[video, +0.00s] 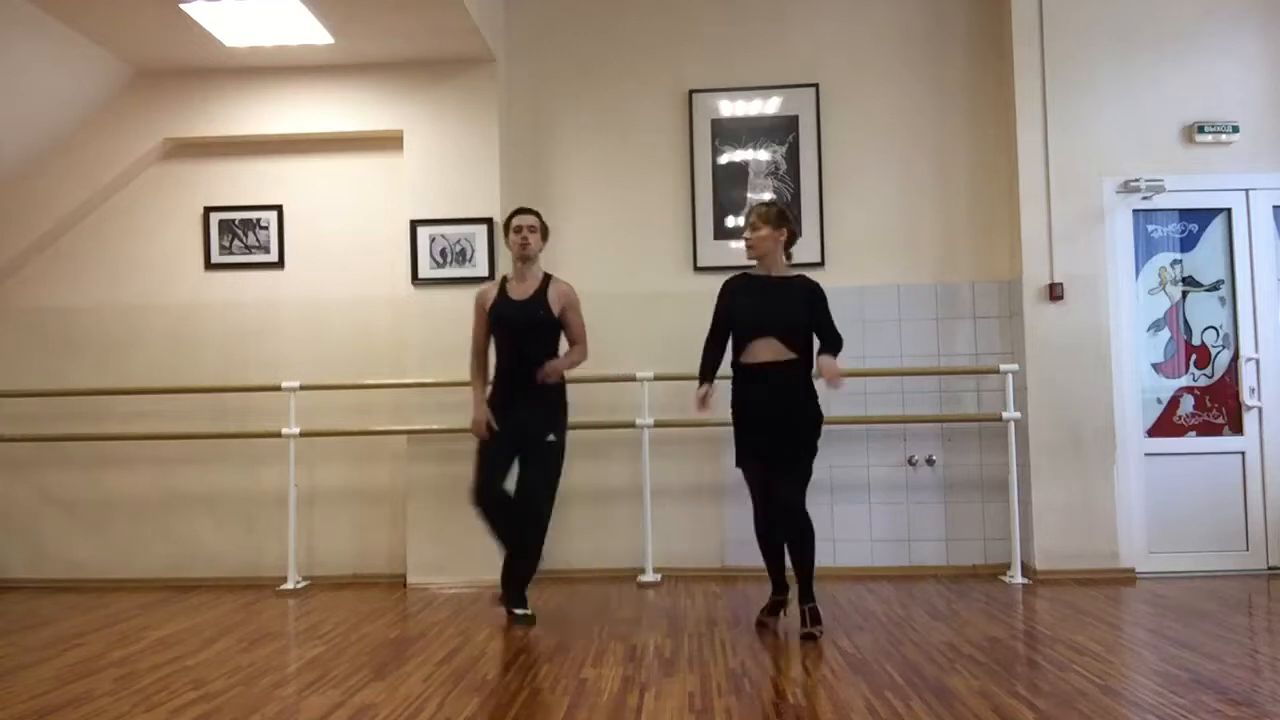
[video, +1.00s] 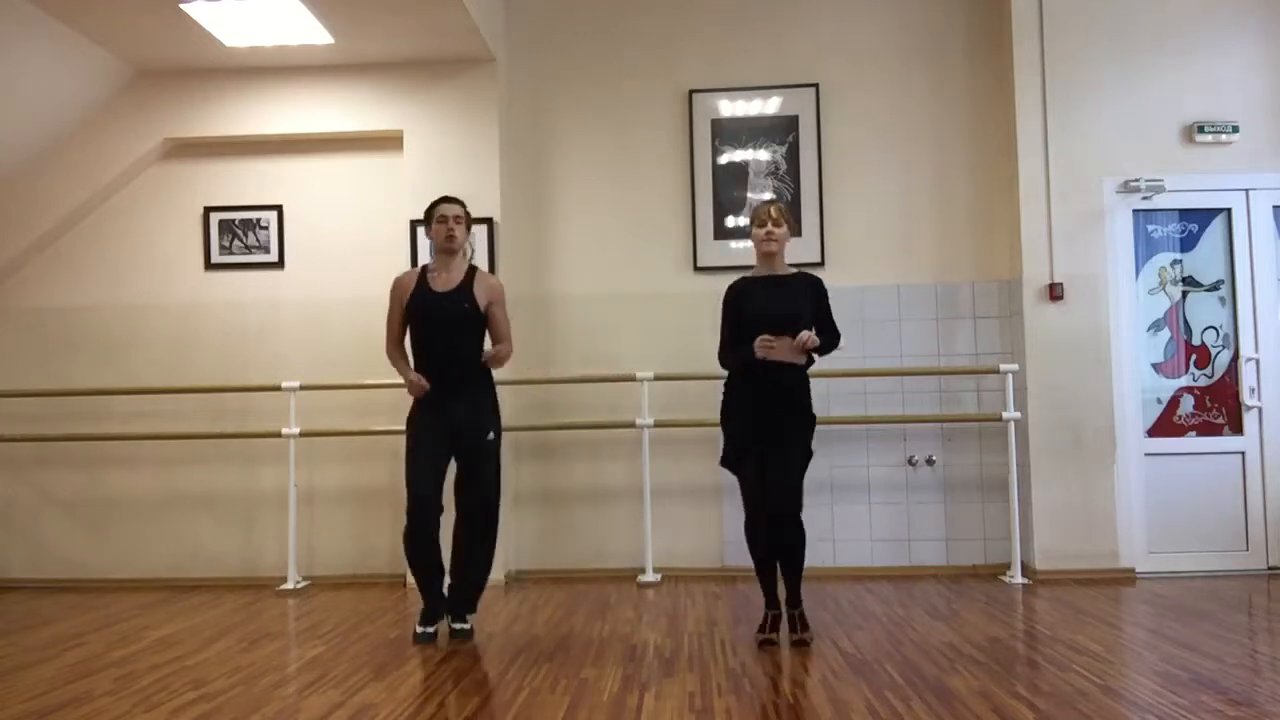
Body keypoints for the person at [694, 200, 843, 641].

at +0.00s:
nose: (747, 236)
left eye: (756, 229)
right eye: (746, 229)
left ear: (782, 234)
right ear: (750, 236)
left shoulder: (806, 288)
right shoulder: (735, 286)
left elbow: (830, 336)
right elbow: (717, 337)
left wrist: (828, 357)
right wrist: (706, 379)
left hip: (796, 397)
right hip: (750, 400)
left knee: (790, 501)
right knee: (762, 501)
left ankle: (807, 599)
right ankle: (778, 589)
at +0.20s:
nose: (756, 239)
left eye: (766, 233)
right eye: (753, 233)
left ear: (787, 241)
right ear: (750, 240)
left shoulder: (807, 291)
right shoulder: (737, 293)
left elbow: (823, 340)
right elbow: (716, 351)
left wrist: (828, 354)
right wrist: (728, 359)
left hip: (793, 401)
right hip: (750, 402)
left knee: (788, 498)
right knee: (764, 502)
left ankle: (788, 596)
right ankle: (782, 594)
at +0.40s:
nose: (774, 236)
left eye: (782, 229)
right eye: (767, 229)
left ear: (793, 239)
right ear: (756, 238)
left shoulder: (809, 292)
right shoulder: (738, 292)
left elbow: (821, 350)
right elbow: (713, 352)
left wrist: (775, 351)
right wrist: (731, 352)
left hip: (804, 413)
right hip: (755, 414)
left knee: (797, 509)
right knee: (753, 504)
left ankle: (794, 600)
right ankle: (767, 578)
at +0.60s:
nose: (775, 233)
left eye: (783, 226)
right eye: (768, 226)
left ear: (794, 236)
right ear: (758, 236)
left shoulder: (810, 291)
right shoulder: (737, 289)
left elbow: (822, 354)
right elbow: (716, 340)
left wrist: (802, 337)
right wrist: (728, 356)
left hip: (803, 406)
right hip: (756, 407)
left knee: (798, 506)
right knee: (763, 499)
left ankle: (794, 601)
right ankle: (768, 598)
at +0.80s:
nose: (773, 228)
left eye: (780, 221)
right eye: (766, 222)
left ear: (792, 231)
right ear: (754, 232)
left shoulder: (810, 287)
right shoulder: (736, 285)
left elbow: (826, 343)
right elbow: (713, 343)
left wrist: (813, 339)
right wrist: (752, 346)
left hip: (799, 410)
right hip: (751, 410)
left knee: (798, 508)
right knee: (761, 507)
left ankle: (796, 600)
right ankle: (769, 605)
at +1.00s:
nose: (769, 230)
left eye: (776, 223)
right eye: (761, 223)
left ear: (789, 233)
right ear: (751, 234)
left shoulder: (810, 285)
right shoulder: (738, 291)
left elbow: (831, 337)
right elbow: (726, 357)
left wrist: (815, 339)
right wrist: (753, 349)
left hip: (792, 412)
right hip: (745, 414)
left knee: (787, 510)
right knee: (756, 511)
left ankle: (795, 606)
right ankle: (771, 607)